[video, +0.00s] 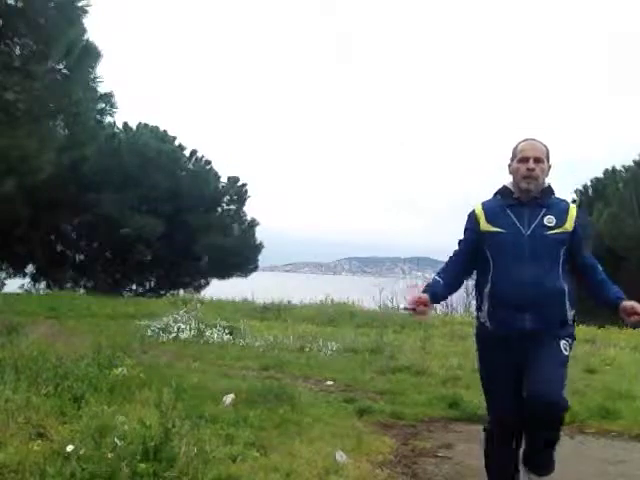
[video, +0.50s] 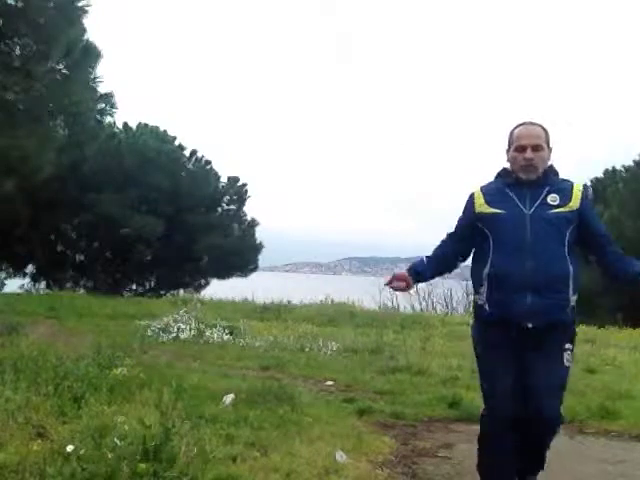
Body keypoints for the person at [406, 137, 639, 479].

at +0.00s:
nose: (530, 166)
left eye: (537, 161)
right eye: (523, 160)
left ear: (548, 169)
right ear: (511, 167)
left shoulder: (568, 215)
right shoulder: (484, 215)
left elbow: (586, 266)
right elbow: (460, 263)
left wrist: (619, 301)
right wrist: (431, 294)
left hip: (550, 334)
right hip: (497, 333)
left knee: (545, 401)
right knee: (502, 420)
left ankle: (538, 465)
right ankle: (502, 475)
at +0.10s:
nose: (536, 156)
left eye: (544, 151)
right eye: (529, 150)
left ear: (555, 158)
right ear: (517, 155)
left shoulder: (572, 201)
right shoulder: (488, 198)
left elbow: (595, 256)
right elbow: (458, 245)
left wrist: (630, 285)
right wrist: (421, 276)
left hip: (552, 321)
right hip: (499, 320)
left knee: (543, 402)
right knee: (505, 403)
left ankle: (540, 473)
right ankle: (509, 471)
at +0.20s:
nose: (538, 170)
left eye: (546, 164)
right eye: (531, 163)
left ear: (557, 170)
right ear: (518, 168)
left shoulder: (575, 214)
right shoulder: (489, 211)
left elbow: (602, 269)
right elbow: (459, 258)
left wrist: (635, 281)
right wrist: (423, 276)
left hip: (552, 333)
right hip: (498, 330)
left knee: (542, 419)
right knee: (497, 407)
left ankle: (539, 473)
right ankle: (520, 451)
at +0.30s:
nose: (537, 177)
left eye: (545, 171)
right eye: (530, 171)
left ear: (558, 177)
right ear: (518, 176)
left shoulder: (578, 223)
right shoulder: (489, 222)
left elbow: (604, 269)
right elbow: (467, 268)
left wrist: (633, 290)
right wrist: (438, 292)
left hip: (552, 346)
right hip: (497, 343)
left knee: (546, 430)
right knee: (491, 405)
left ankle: (541, 474)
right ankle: (511, 460)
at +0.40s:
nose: (534, 155)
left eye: (542, 148)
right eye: (526, 148)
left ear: (555, 153)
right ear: (514, 153)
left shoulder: (576, 197)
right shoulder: (488, 198)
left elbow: (606, 255)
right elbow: (463, 250)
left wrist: (634, 277)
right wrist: (427, 286)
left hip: (552, 325)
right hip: (495, 323)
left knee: (544, 419)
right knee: (497, 413)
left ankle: (538, 476)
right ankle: (498, 475)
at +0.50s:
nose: (528, 156)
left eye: (536, 149)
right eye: (520, 149)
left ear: (549, 153)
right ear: (508, 154)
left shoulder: (574, 196)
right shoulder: (483, 198)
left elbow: (606, 253)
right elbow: (454, 248)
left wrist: (636, 272)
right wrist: (413, 273)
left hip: (552, 325)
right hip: (496, 324)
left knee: (545, 415)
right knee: (500, 414)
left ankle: (525, 471)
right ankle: (496, 475)